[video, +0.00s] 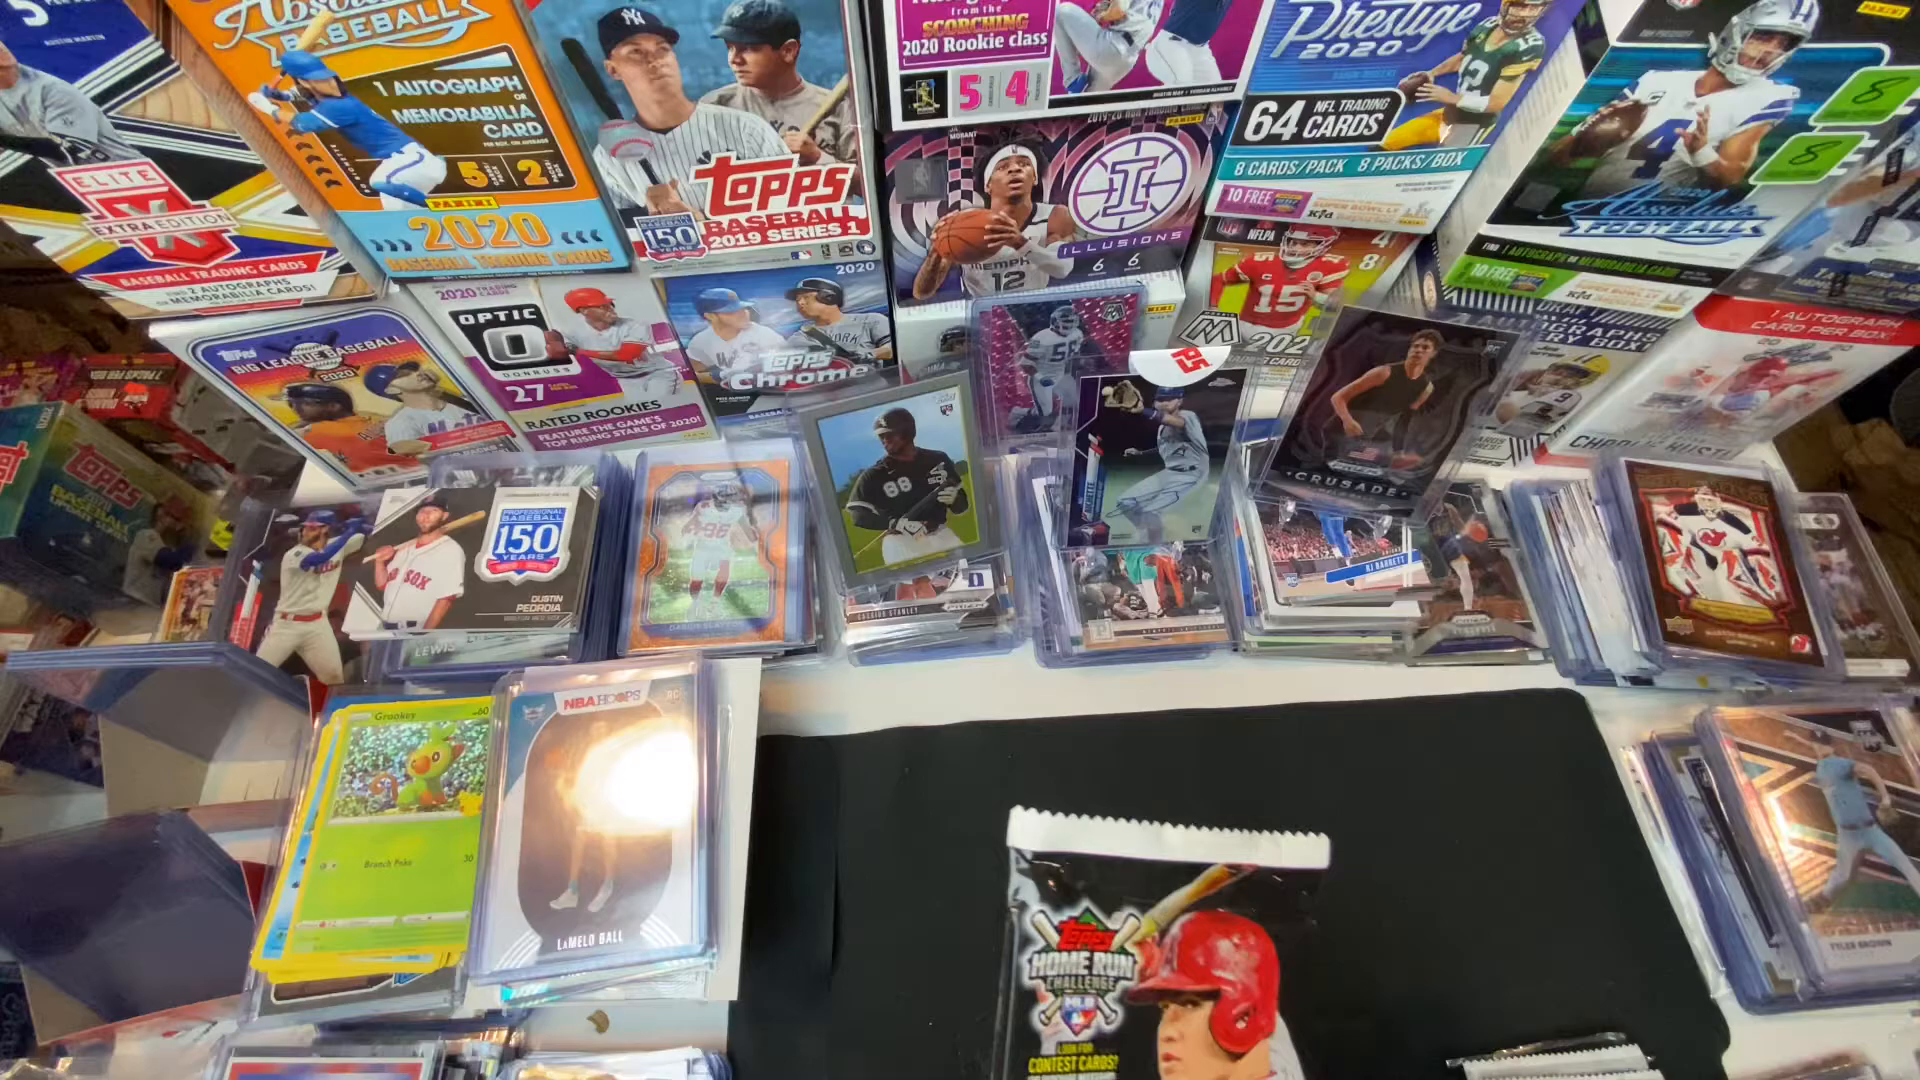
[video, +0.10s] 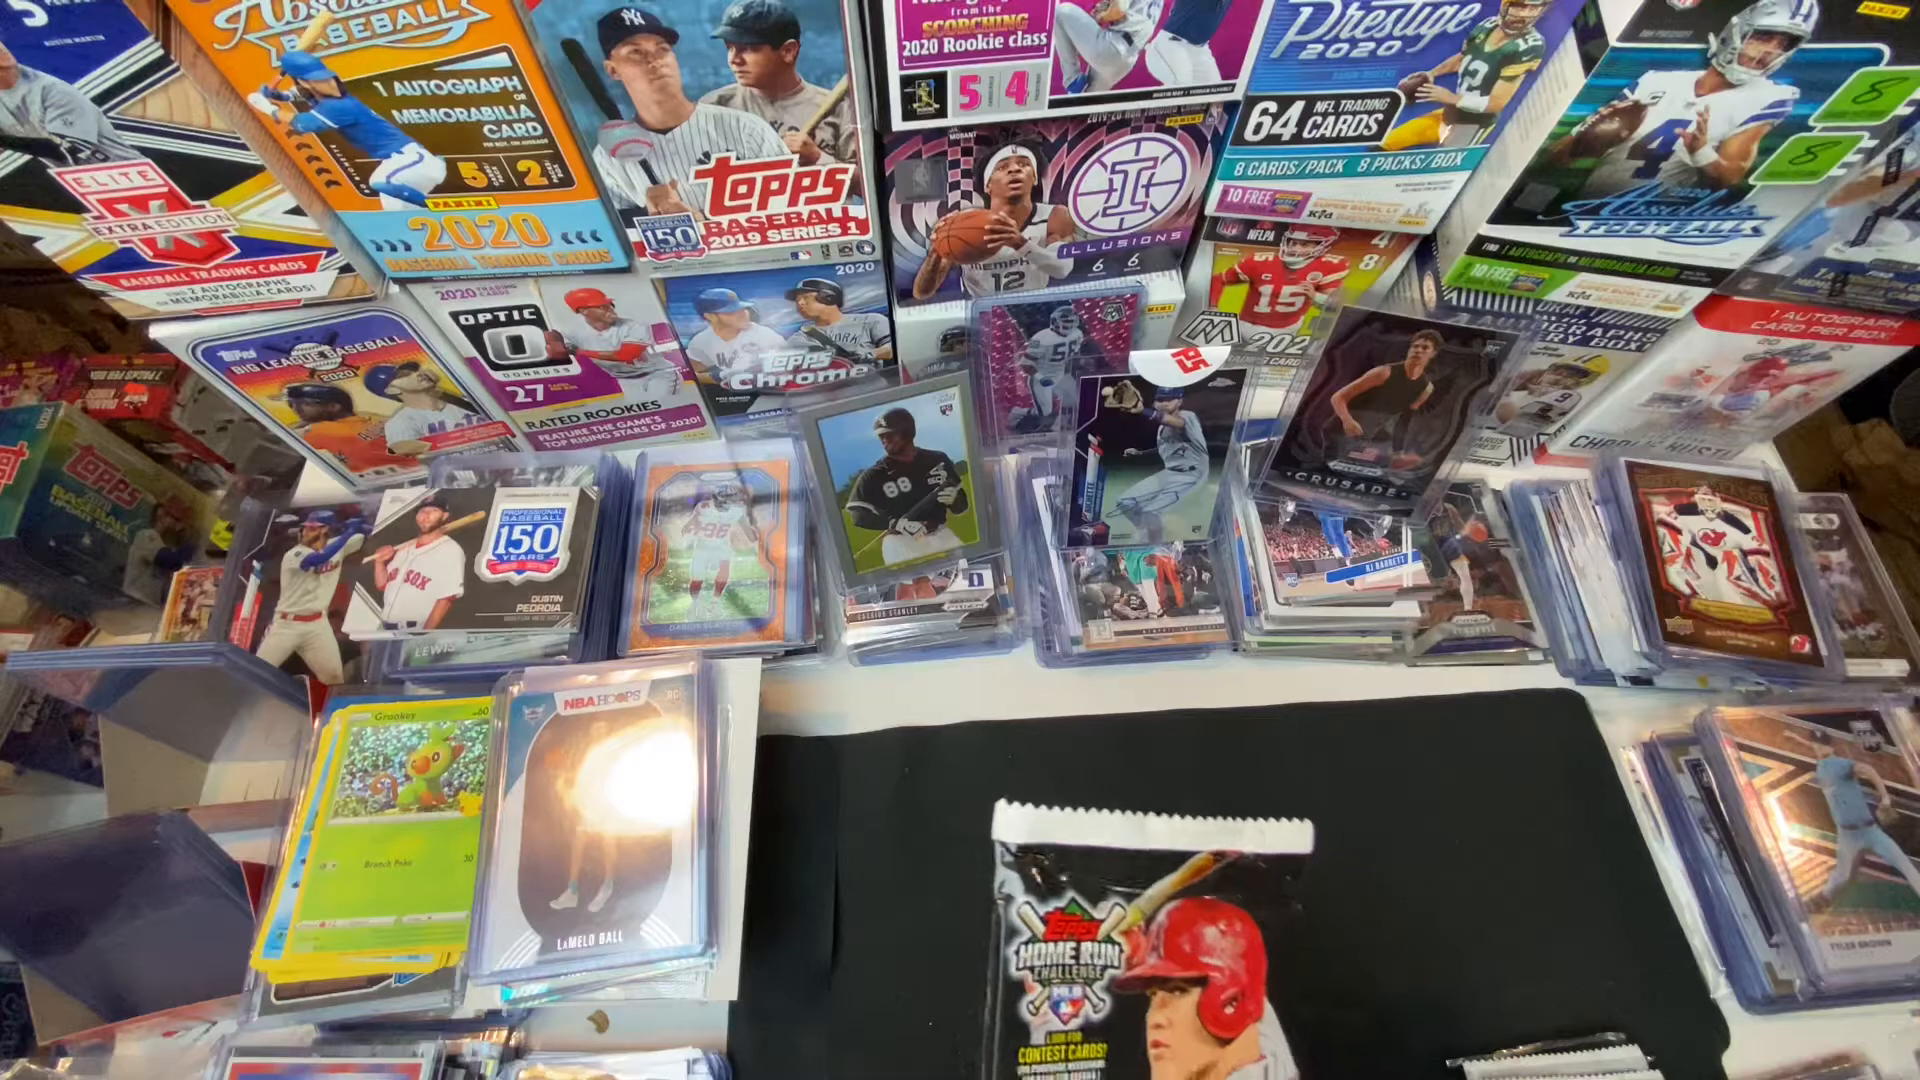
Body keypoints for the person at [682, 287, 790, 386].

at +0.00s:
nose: (743, 312)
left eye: (742, 307)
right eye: (733, 310)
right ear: (710, 316)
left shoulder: (765, 334)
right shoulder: (700, 343)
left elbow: (790, 359)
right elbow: (690, 376)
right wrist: (713, 377)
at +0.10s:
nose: (743, 312)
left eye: (741, 307)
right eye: (733, 310)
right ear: (710, 317)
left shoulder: (764, 334)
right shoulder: (700, 343)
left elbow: (790, 359)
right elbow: (689, 376)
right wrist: (713, 377)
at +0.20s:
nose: (744, 312)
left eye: (742, 306)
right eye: (733, 309)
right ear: (710, 316)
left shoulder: (765, 334)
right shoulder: (700, 342)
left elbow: (790, 359)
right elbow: (689, 375)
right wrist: (712, 376)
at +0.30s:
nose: (744, 313)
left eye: (742, 307)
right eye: (734, 310)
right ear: (710, 317)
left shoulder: (764, 334)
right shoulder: (700, 343)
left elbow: (789, 358)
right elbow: (689, 376)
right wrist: (714, 377)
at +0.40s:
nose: (743, 312)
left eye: (742, 307)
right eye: (733, 310)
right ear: (710, 317)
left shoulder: (764, 334)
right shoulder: (700, 343)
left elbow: (790, 357)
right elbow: (691, 375)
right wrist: (713, 377)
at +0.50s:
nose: (743, 312)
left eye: (741, 307)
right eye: (733, 310)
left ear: (744, 304)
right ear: (710, 316)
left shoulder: (764, 333)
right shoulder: (700, 343)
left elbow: (790, 357)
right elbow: (689, 375)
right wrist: (710, 376)